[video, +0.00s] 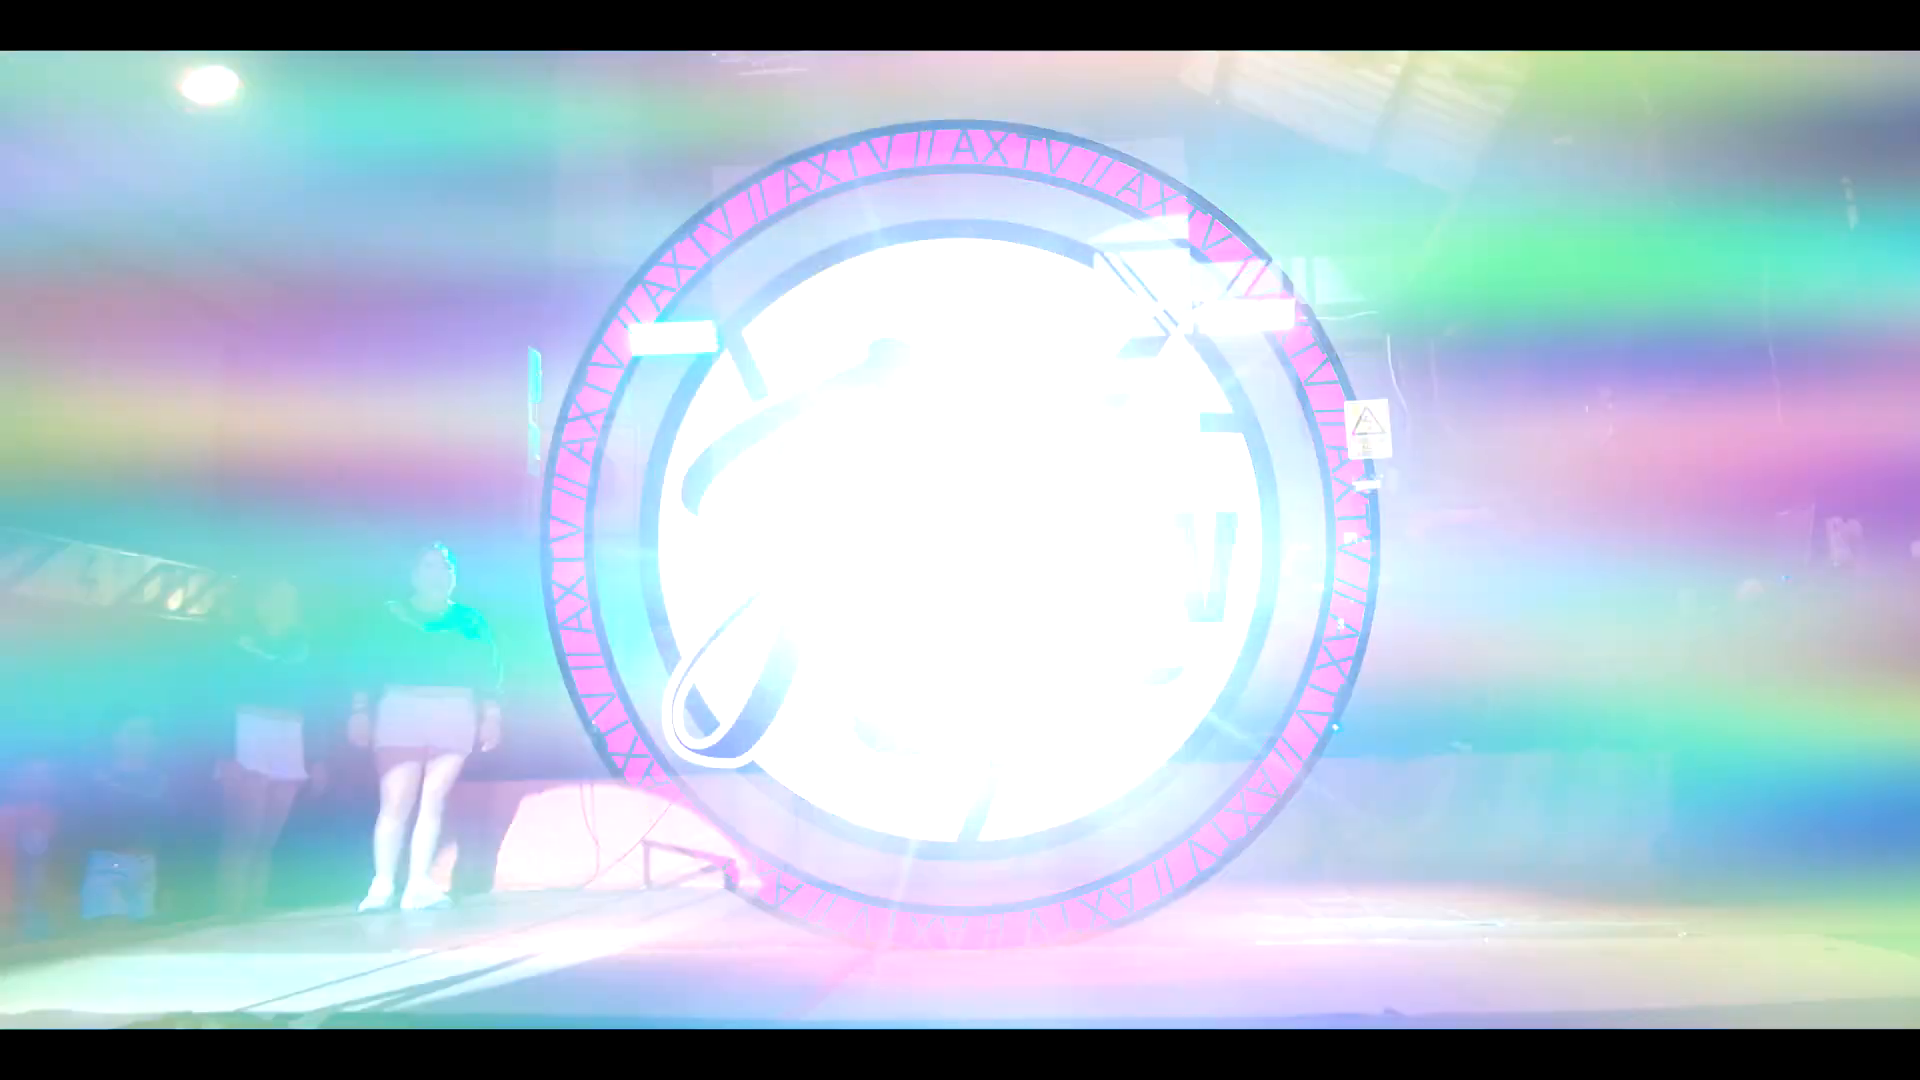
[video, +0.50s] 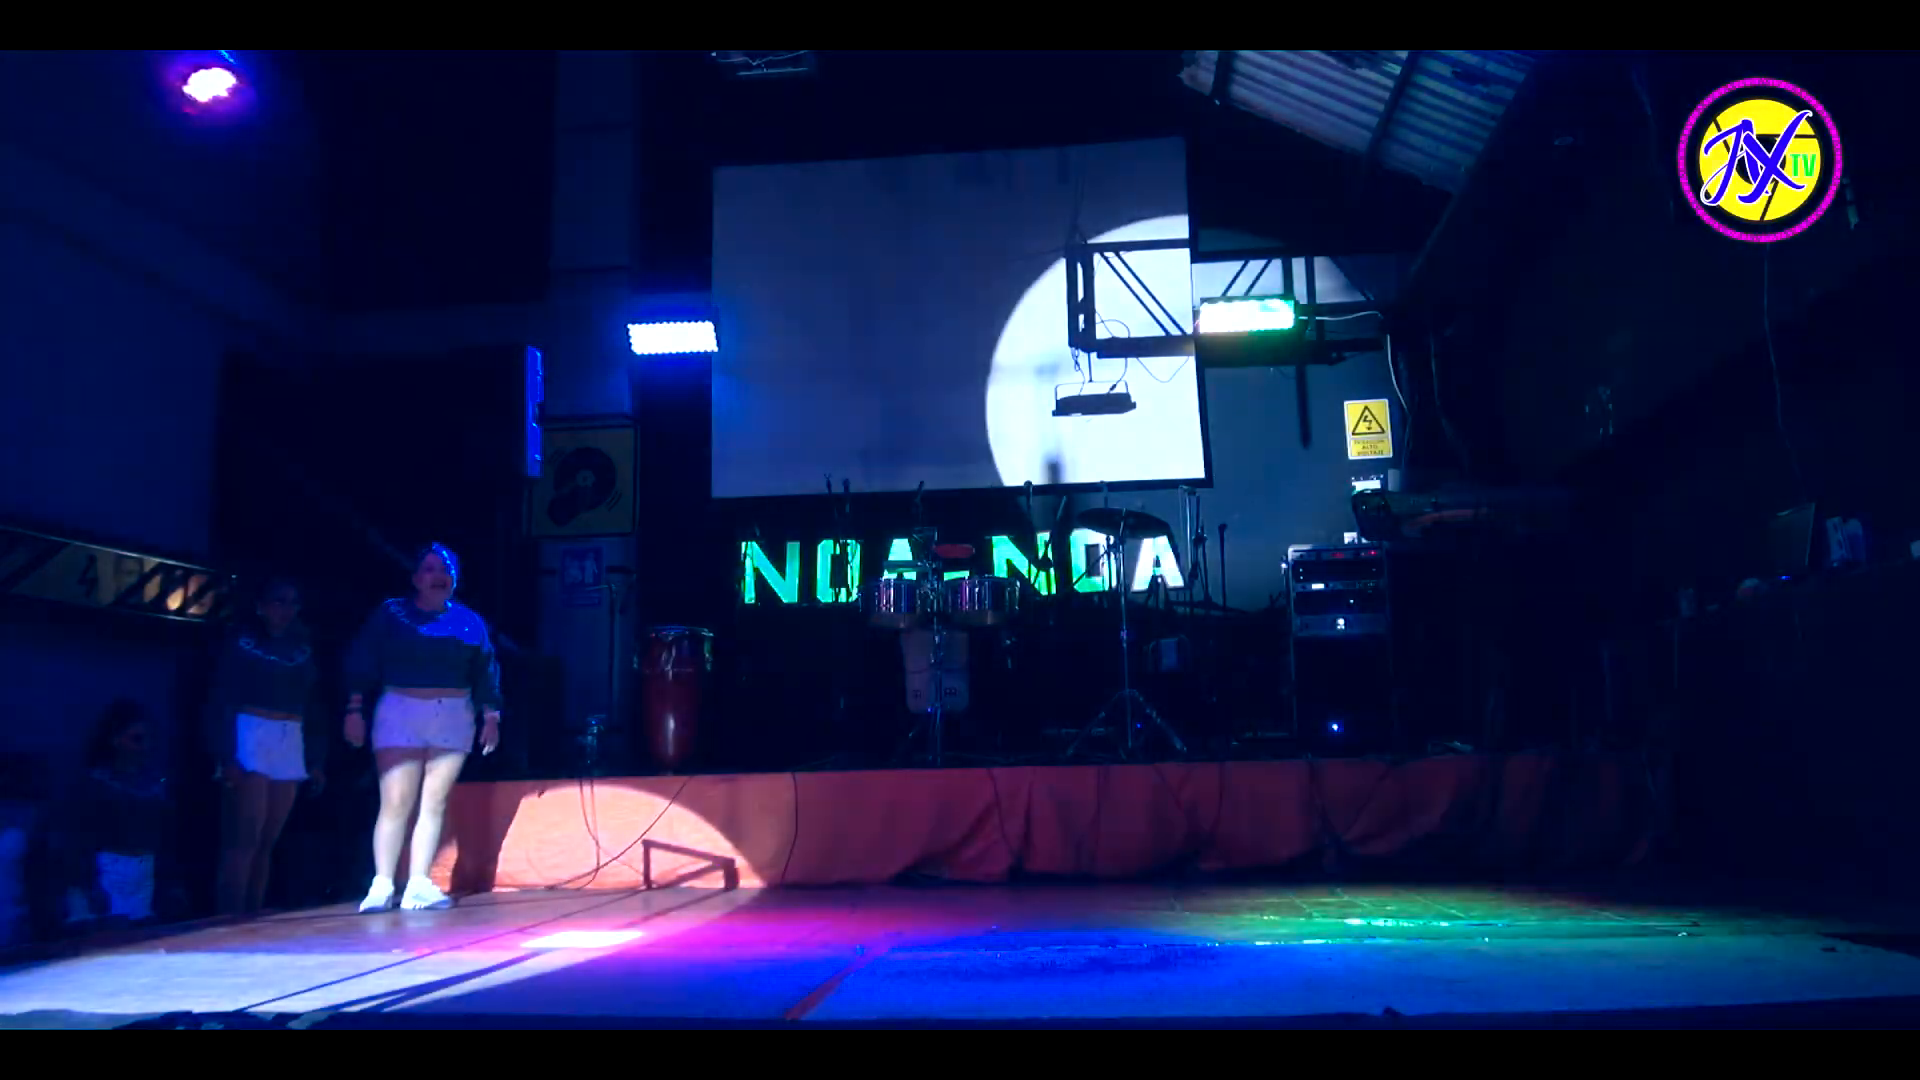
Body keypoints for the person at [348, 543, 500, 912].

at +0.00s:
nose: (436, 576)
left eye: (443, 568)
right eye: (428, 568)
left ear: (454, 575)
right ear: (414, 574)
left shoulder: (470, 621)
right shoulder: (389, 615)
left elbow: (489, 671)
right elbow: (366, 662)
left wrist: (491, 715)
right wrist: (360, 710)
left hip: (455, 714)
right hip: (399, 712)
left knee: (433, 802)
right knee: (395, 802)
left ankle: (419, 884)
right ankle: (382, 884)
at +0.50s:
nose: (435, 575)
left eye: (442, 570)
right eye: (429, 569)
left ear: (453, 577)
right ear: (415, 576)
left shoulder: (470, 623)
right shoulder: (391, 616)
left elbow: (487, 675)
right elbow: (363, 661)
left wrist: (491, 716)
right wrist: (355, 708)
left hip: (453, 712)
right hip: (399, 710)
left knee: (434, 802)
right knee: (396, 803)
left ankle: (419, 882)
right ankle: (383, 882)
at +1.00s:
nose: (436, 574)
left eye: (443, 568)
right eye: (428, 568)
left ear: (453, 574)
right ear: (415, 574)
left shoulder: (470, 618)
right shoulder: (393, 615)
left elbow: (488, 668)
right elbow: (368, 664)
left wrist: (493, 712)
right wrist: (364, 713)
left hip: (454, 715)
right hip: (399, 712)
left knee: (433, 802)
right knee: (394, 802)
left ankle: (418, 883)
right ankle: (382, 883)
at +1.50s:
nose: (438, 575)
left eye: (445, 569)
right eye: (430, 569)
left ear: (455, 575)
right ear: (417, 575)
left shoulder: (473, 618)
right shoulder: (396, 616)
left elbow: (492, 668)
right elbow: (370, 664)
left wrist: (501, 711)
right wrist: (363, 714)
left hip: (458, 716)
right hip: (403, 713)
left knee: (436, 803)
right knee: (397, 804)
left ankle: (418, 884)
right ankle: (383, 884)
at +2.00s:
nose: (438, 573)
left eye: (446, 568)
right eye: (431, 566)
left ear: (455, 575)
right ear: (418, 572)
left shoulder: (476, 617)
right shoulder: (397, 613)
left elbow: (496, 665)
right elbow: (370, 661)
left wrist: (505, 709)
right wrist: (360, 711)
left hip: (457, 715)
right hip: (403, 712)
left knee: (435, 803)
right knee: (396, 802)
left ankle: (418, 884)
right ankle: (383, 884)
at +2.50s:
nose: (453, 576)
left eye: (460, 570)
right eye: (445, 569)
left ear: (468, 576)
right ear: (429, 575)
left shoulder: (481, 618)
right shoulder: (408, 615)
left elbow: (496, 671)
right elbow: (386, 667)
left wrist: (503, 714)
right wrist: (386, 715)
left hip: (467, 713)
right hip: (417, 709)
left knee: (441, 805)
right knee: (402, 805)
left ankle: (419, 884)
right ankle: (384, 882)